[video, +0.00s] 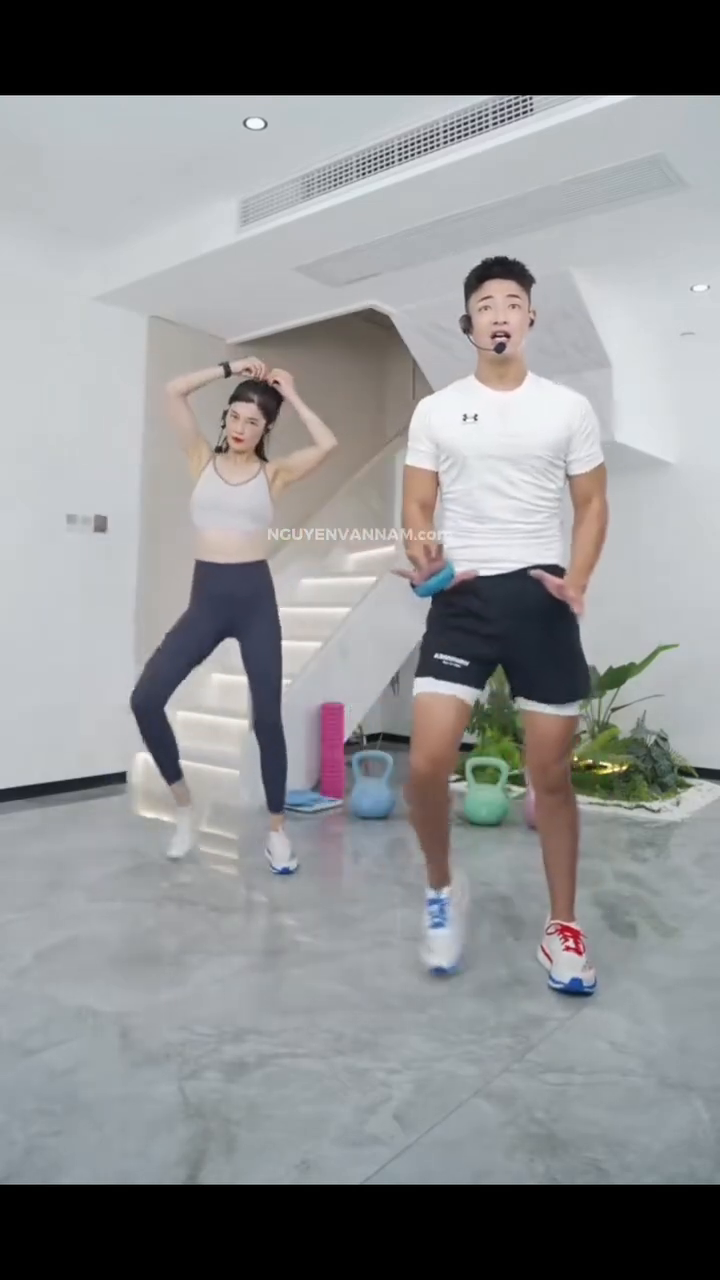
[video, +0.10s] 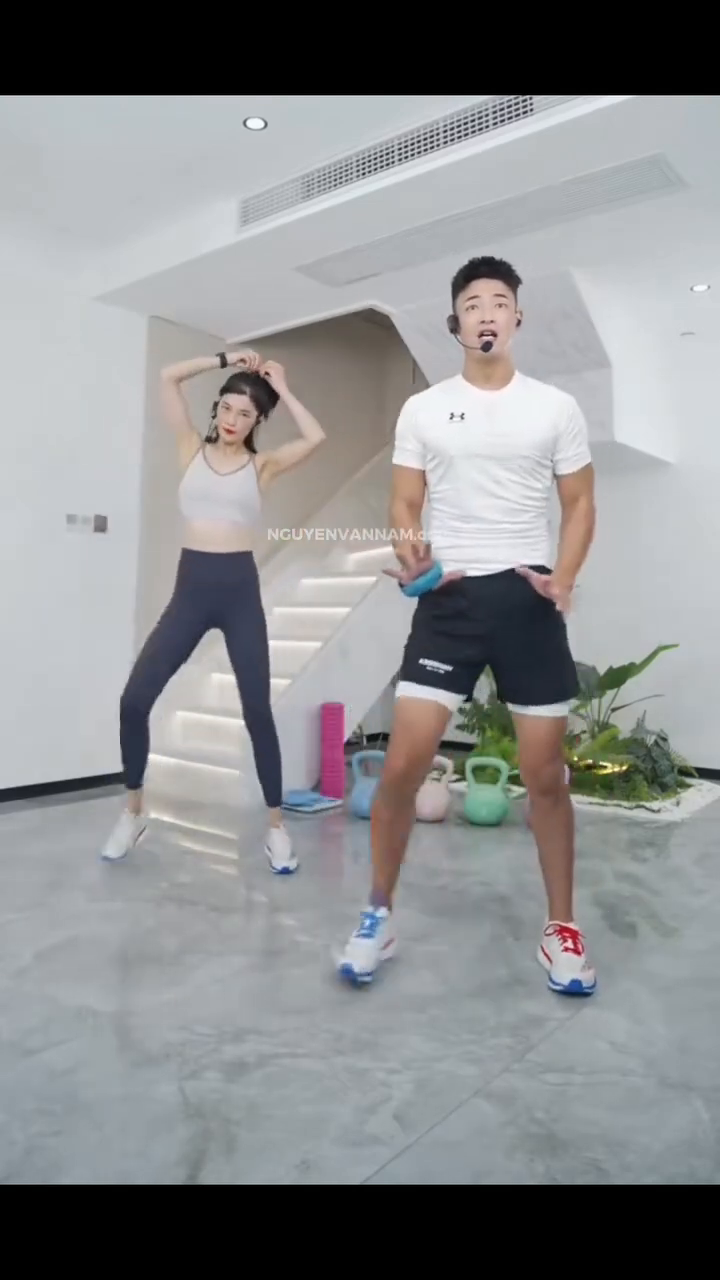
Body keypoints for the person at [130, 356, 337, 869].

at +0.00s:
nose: (241, 427)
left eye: (252, 421)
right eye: (236, 417)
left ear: (265, 429)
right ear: (226, 420)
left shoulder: (273, 474)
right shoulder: (203, 460)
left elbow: (327, 444)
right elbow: (173, 391)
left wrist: (292, 398)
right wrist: (228, 368)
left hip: (255, 599)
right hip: (207, 598)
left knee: (267, 718)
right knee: (145, 700)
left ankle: (277, 829)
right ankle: (185, 806)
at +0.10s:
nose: (233, 418)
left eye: (244, 412)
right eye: (228, 408)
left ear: (257, 421)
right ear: (216, 410)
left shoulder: (262, 466)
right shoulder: (191, 448)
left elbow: (315, 438)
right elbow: (168, 377)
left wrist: (283, 392)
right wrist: (222, 359)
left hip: (240, 592)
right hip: (192, 590)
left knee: (257, 710)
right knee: (133, 701)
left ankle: (276, 824)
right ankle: (133, 810)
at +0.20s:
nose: (223, 420)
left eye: (233, 415)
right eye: (217, 410)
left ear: (245, 422)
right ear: (204, 413)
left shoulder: (246, 468)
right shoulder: (179, 450)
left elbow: (295, 445)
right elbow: (156, 377)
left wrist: (266, 391)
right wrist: (213, 360)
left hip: (218, 591)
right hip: (168, 586)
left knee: (243, 714)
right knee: (135, 709)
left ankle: (276, 825)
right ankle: (102, 821)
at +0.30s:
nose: (208, 432)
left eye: (217, 426)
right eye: (203, 421)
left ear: (227, 433)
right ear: (190, 422)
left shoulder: (228, 481)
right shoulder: (160, 458)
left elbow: (270, 465)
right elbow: (137, 382)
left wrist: (247, 411)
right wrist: (197, 369)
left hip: (192, 602)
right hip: (141, 595)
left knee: (229, 718)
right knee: (120, 714)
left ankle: (273, 823)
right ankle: (105, 827)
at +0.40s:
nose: (191, 439)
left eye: (202, 434)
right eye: (187, 429)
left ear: (214, 440)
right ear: (175, 428)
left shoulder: (212, 488)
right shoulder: (146, 462)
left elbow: (251, 475)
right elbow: (116, 395)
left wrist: (235, 422)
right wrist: (174, 378)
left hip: (173, 607)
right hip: (123, 600)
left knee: (217, 711)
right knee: (103, 715)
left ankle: (238, 808)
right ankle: (104, 829)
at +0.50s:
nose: (184, 430)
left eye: (194, 424)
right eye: (178, 420)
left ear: (205, 431)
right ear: (165, 420)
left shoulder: (207, 478)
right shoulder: (136, 456)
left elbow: (250, 469)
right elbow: (101, 396)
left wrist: (228, 415)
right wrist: (159, 372)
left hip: (168, 597)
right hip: (118, 592)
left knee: (179, 710)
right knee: (104, 711)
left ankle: (182, 793)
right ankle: (103, 826)